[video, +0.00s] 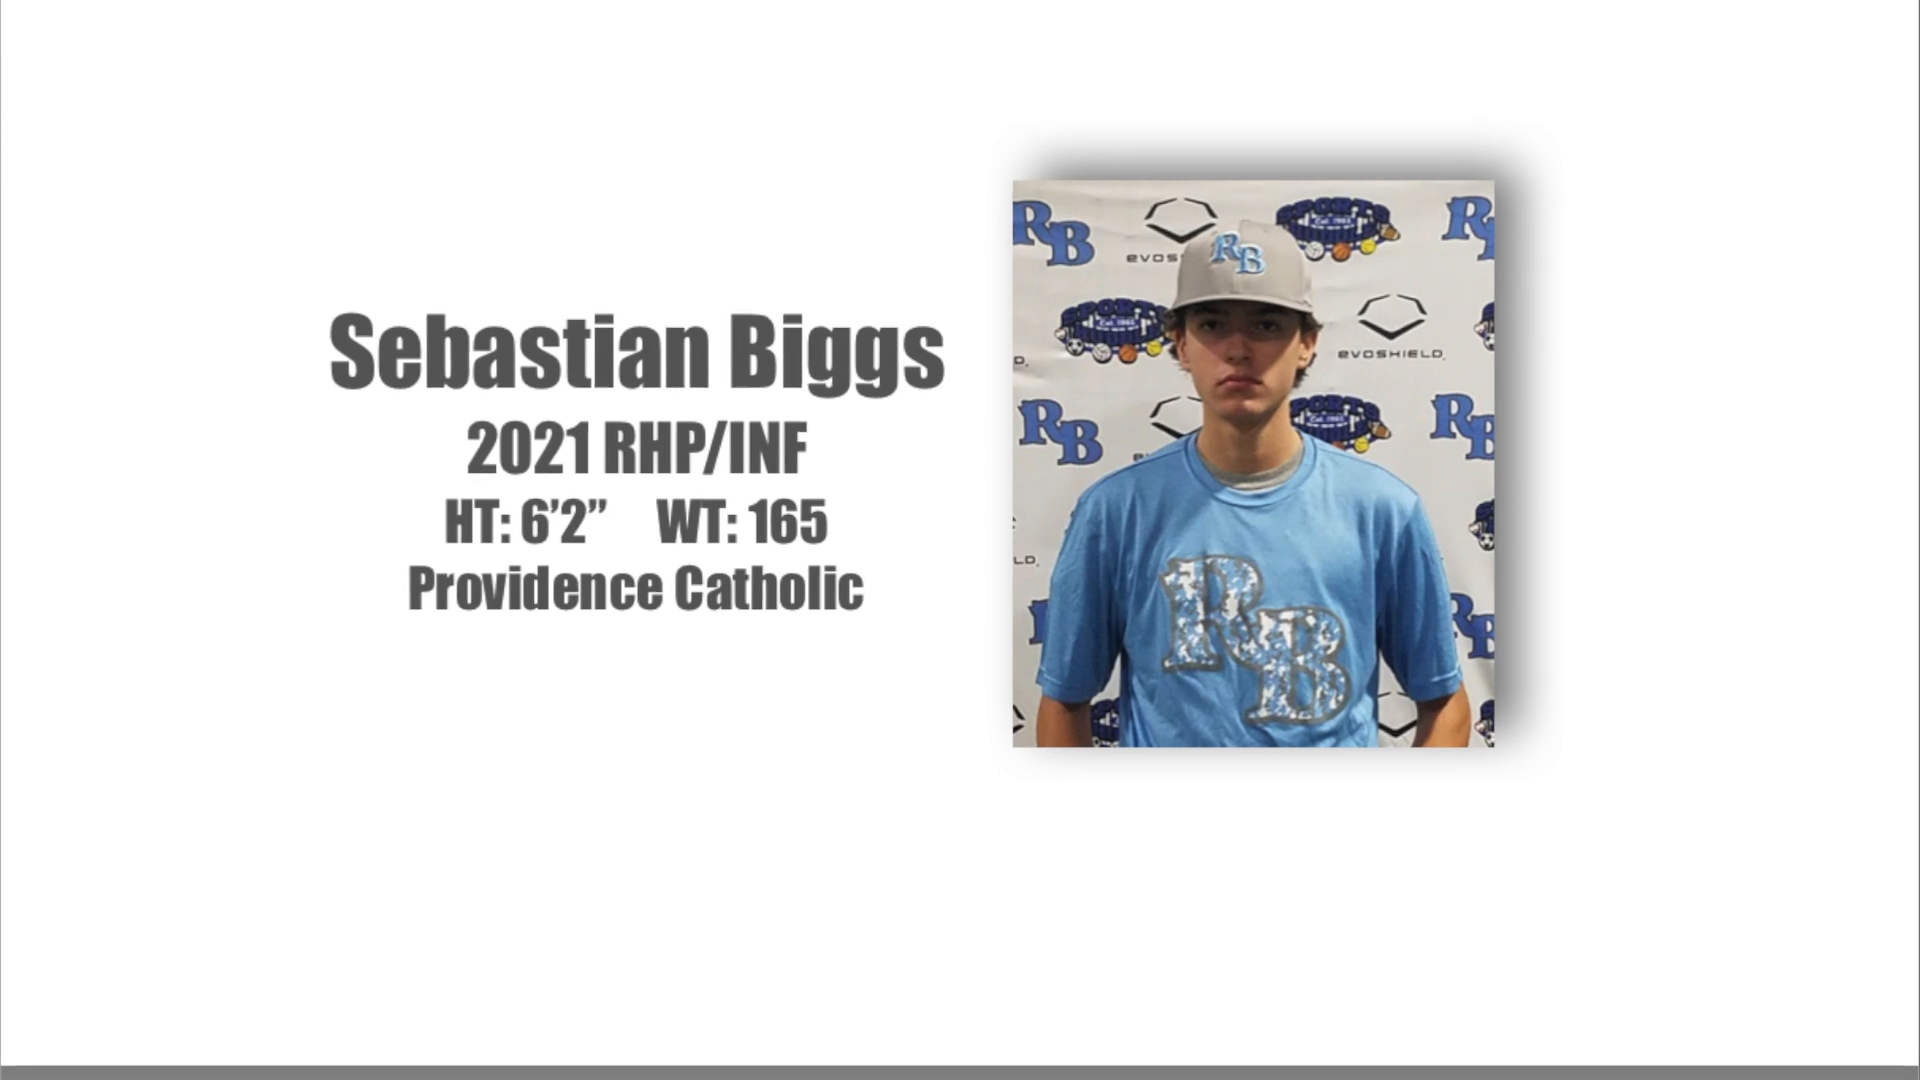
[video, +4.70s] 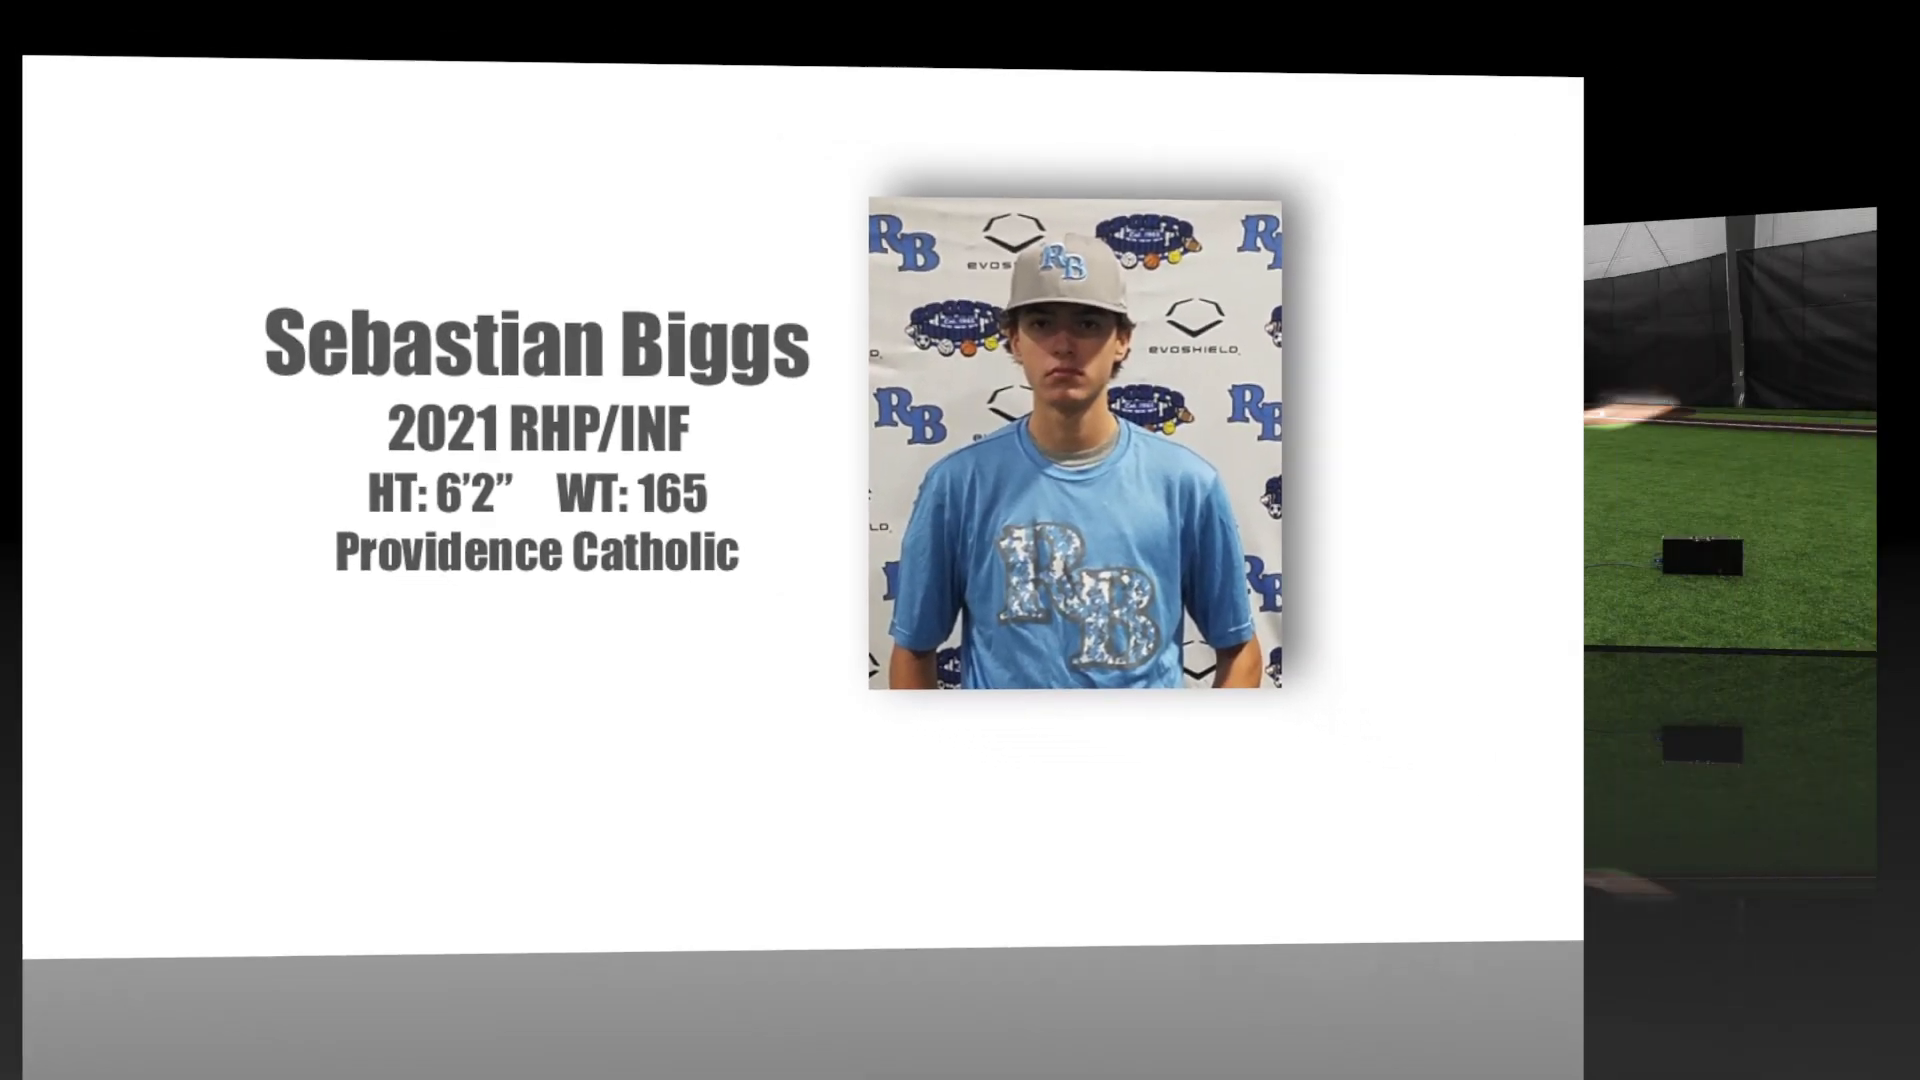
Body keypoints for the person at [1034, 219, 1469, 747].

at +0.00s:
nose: (1239, 349)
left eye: (1266, 325)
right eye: (1216, 325)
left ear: (1306, 345)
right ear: (1181, 345)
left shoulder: (1385, 511)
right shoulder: (1113, 513)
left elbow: (1446, 704)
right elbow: (1065, 705)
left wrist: (1407, 821)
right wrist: (1073, 824)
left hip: (1341, 820)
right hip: (1164, 819)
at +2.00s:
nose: (1248, 343)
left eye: (1276, 319)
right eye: (1223, 319)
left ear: (1317, 341)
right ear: (1189, 341)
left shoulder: (1398, 511)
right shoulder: (1118, 513)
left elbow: (1461, 710)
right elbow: (1068, 712)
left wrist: (1422, 829)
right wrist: (1079, 835)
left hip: (1354, 826)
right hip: (1172, 825)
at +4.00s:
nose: (1260, 337)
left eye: (1289, 312)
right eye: (1234, 312)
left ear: (1331, 334)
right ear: (1198, 335)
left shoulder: (1415, 511)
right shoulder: (1125, 514)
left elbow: (1482, 717)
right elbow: (1073, 720)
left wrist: (1440, 841)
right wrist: (1086, 847)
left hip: (1370, 837)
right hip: (1182, 837)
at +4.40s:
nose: (1209, 338)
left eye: (1237, 314)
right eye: (1186, 315)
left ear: (1278, 336)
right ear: (1151, 336)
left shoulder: (1357, 503)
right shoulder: (1082, 506)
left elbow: (1420, 700)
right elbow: (1032, 702)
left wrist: (1381, 819)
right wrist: (1042, 826)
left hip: (1314, 815)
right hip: (1135, 814)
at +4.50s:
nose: (1167, 340)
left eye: (1194, 317)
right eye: (1144, 317)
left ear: (1232, 337)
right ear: (1111, 337)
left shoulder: (1308, 497)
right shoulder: (1044, 501)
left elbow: (1367, 685)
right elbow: (998, 687)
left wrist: (1331, 800)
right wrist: (1007, 805)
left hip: (1266, 799)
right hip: (1096, 799)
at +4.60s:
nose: (1117, 342)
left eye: (1142, 320)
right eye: (1096, 320)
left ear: (1179, 339)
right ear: (1064, 339)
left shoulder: (1249, 491)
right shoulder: (1002, 494)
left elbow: (1306, 668)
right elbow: (958, 671)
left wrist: (1273, 776)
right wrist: (965, 782)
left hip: (1211, 775)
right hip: (1050, 776)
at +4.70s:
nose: (1064, 344)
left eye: (1087, 324)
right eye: (1044, 324)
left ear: (1121, 343)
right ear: (1014, 341)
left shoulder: (1188, 484)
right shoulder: (955, 486)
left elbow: (1240, 650)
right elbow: (914, 652)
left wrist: (1210, 753)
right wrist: (921, 757)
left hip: (1151, 752)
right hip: (1001, 752)